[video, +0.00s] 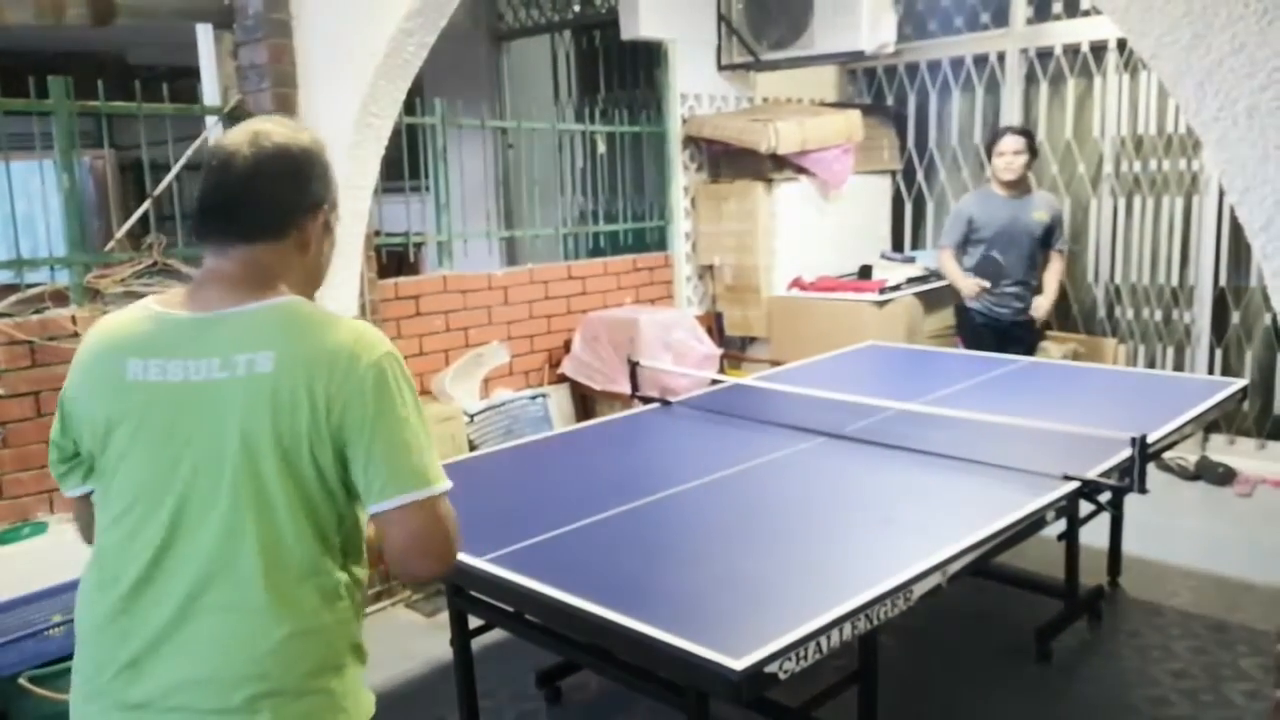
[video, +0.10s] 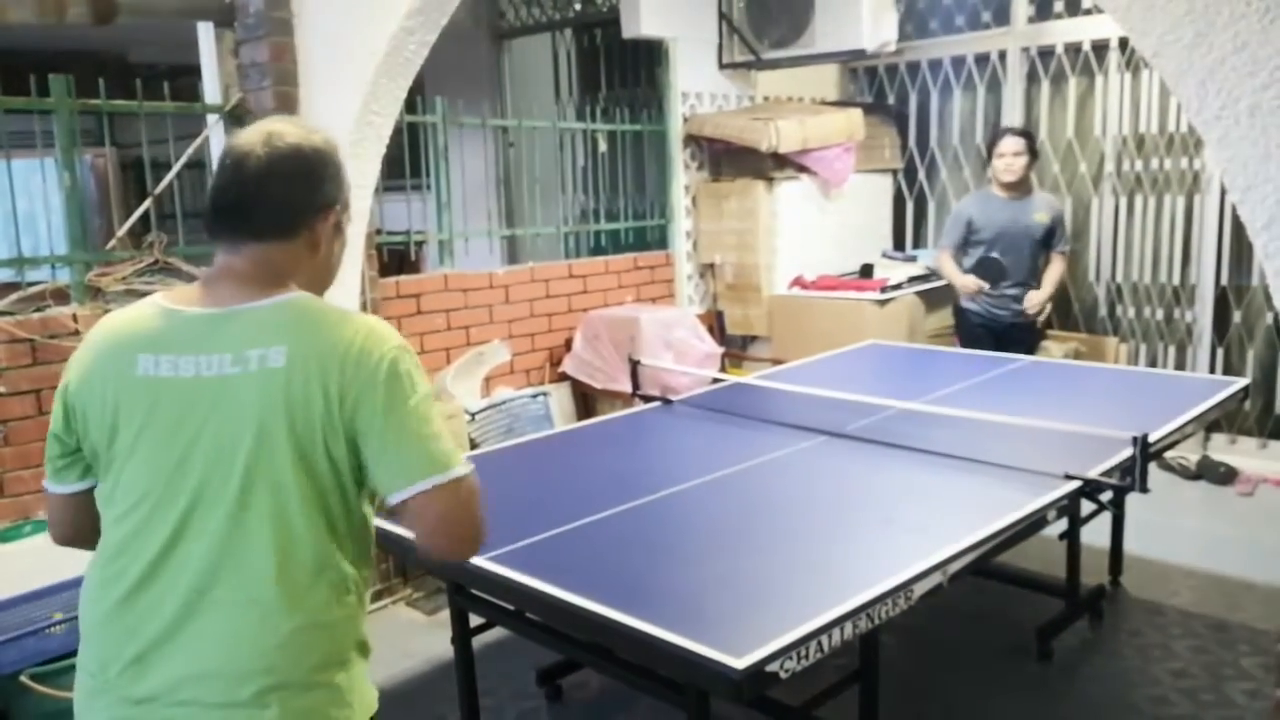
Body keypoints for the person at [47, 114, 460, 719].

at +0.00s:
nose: (331, 246)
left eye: (332, 227)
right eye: (333, 226)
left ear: (205, 225)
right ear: (316, 227)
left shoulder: (105, 345)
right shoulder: (348, 353)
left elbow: (94, 525)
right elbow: (426, 555)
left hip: (113, 698)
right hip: (289, 699)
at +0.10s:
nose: (341, 248)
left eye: (343, 231)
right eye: (344, 229)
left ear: (219, 219)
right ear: (327, 227)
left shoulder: (108, 344)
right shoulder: (358, 348)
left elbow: (68, 523)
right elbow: (454, 537)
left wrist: (173, 507)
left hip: (118, 697)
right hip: (294, 696)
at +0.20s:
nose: (348, 243)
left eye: (350, 224)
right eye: (349, 223)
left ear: (225, 215)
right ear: (325, 223)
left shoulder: (109, 341)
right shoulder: (361, 344)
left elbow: (55, 524)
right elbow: (490, 502)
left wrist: (164, 543)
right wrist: (508, 457)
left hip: (118, 699)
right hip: (290, 699)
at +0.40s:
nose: (334, 234)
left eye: (333, 214)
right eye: (332, 214)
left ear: (205, 215)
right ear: (308, 224)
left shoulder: (96, 347)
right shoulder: (358, 352)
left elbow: (36, 533)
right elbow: (489, 478)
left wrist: (122, 591)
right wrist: (481, 401)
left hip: (106, 701)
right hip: (281, 700)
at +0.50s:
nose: (315, 223)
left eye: (313, 204)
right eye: (311, 206)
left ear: (183, 215)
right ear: (287, 223)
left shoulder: (83, 346)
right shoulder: (345, 353)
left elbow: (23, 533)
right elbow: (449, 501)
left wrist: (99, 603)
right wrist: (448, 425)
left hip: (101, 697)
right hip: (276, 697)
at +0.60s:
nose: (302, 229)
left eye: (301, 208)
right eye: (296, 208)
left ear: (163, 217)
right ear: (263, 222)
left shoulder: (64, 344)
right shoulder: (322, 351)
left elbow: (15, 533)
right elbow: (397, 524)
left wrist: (78, 626)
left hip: (95, 693)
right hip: (267, 692)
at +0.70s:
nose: (272, 234)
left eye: (271, 215)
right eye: (266, 215)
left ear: (130, 222)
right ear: (234, 230)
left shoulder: (35, 349)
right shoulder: (293, 356)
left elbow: (6, 543)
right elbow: (339, 555)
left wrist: (42, 642)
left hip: (79, 686)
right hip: (250, 686)